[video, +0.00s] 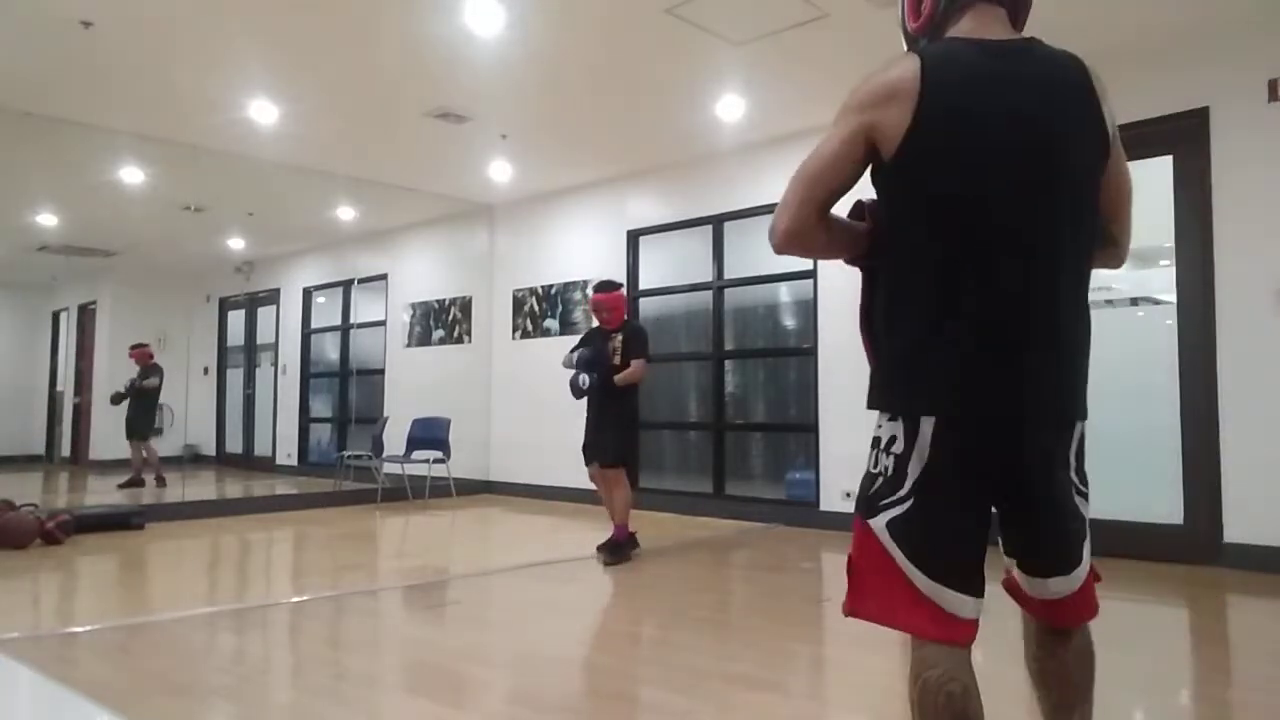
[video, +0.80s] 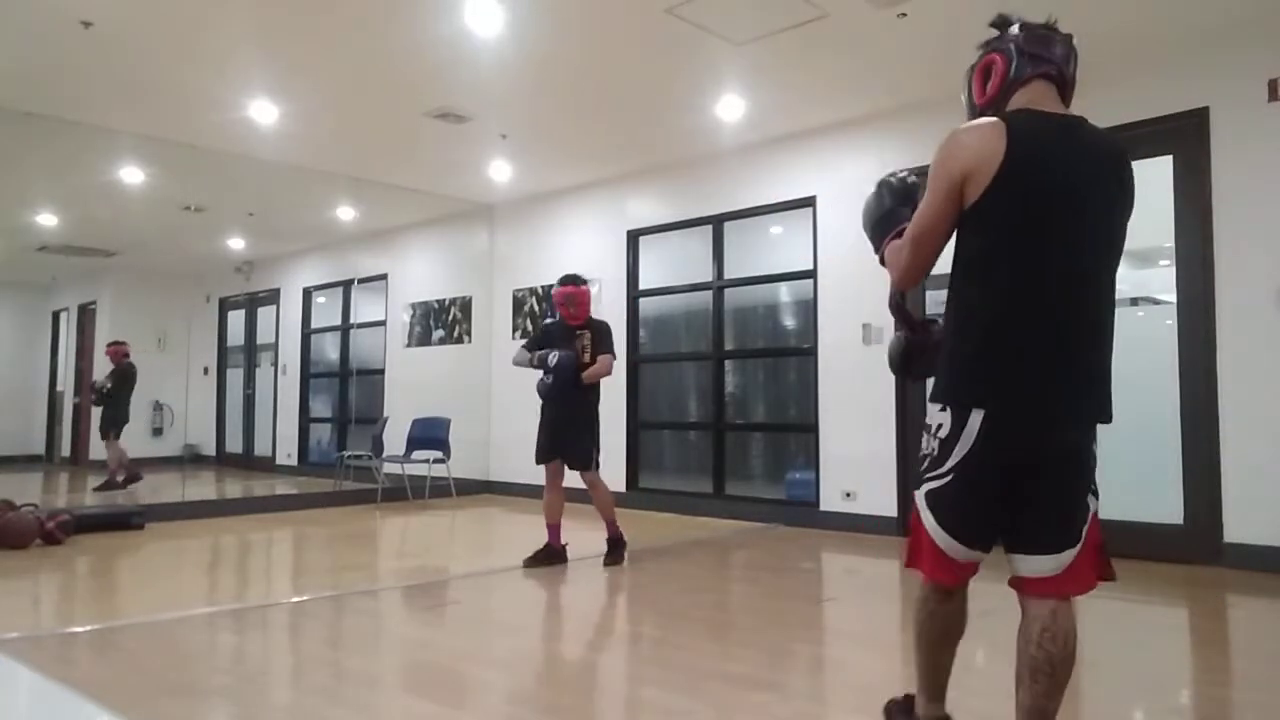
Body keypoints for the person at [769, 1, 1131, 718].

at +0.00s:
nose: (906, 21)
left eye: (908, 14)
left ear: (923, 10)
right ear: (1021, 9)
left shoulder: (895, 84)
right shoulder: (1076, 80)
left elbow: (793, 227)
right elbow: (1111, 244)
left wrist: (870, 239)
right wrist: (1009, 241)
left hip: (932, 393)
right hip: (1048, 391)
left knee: (939, 635)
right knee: (1061, 616)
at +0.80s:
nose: (975, 91)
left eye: (976, 80)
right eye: (975, 83)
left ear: (994, 73)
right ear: (1068, 83)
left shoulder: (971, 144)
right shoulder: (1111, 158)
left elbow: (906, 272)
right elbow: (1069, 272)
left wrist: (891, 235)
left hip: (979, 395)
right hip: (1072, 396)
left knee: (941, 573)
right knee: (1048, 590)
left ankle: (928, 710)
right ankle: (1037, 718)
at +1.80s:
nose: (1046, 152)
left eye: (1047, 142)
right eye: (1045, 144)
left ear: (1065, 136)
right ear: (1117, 135)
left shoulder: (1050, 202)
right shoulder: (1178, 195)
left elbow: (1020, 321)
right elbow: (1183, 300)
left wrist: (1017, 341)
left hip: (1072, 411)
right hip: (1158, 407)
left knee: (1047, 557)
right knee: (1206, 554)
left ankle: (1045, 701)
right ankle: (1256, 690)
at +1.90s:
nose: (1075, 165)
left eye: (1076, 153)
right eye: (1075, 156)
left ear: (1095, 141)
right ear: (1144, 141)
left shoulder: (1091, 202)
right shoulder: (1203, 203)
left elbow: (1039, 313)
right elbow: (1169, 302)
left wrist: (1026, 352)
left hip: (1110, 411)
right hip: (1190, 411)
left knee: (1061, 550)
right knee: (1213, 560)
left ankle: (1047, 699)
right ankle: (1256, 697)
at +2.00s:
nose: (1098, 176)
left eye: (1098, 163)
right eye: (1095, 166)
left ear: (1121, 137)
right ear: (1155, 136)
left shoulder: (1127, 195)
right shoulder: (1222, 201)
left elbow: (1066, 299)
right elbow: (1168, 281)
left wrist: (1054, 352)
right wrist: (1076, 265)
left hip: (1146, 403)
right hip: (1221, 404)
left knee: (1087, 542)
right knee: (1229, 557)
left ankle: (1073, 695)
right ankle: (1258, 699)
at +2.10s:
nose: (1114, 174)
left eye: (1114, 158)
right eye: (1109, 163)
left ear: (1145, 134)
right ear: (1169, 135)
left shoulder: (1157, 189)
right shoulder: (1224, 194)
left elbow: (1086, 294)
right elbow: (1177, 280)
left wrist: (1077, 340)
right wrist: (1106, 245)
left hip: (1172, 400)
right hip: (1236, 399)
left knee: (1127, 543)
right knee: (1242, 552)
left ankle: (1128, 697)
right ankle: (1261, 697)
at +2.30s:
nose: (1138, 164)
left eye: (1143, 145)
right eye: (1132, 151)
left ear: (1182, 126)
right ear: (1188, 130)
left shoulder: (1204, 185)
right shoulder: (1228, 190)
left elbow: (1106, 266)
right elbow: (1189, 283)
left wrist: (1101, 306)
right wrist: (1113, 280)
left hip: (1209, 407)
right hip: (1221, 404)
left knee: (1219, 556)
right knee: (1230, 552)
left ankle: (1264, 699)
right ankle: (1262, 693)